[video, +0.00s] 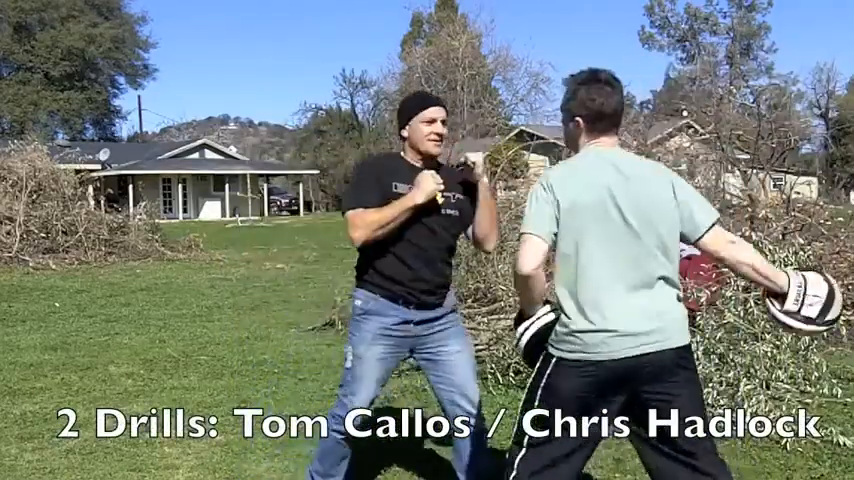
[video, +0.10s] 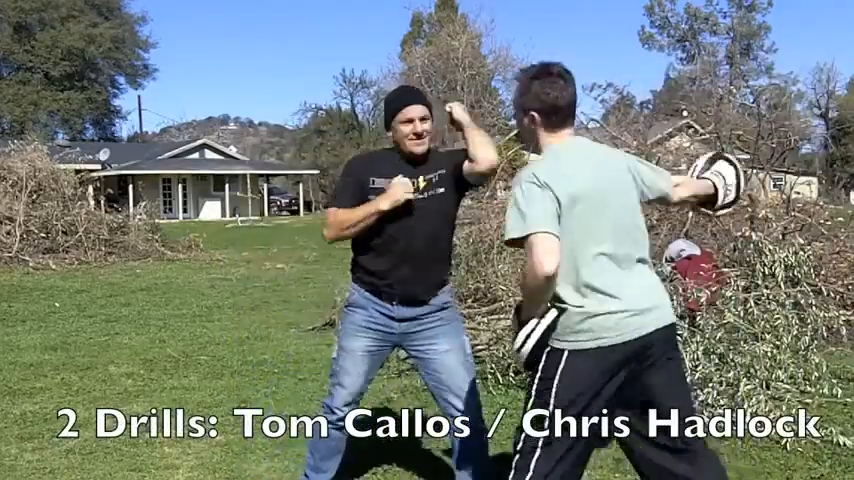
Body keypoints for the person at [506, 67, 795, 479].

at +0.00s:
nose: (564, 130)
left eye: (565, 121)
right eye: (565, 120)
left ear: (576, 123)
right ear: (620, 121)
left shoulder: (554, 182)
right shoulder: (661, 177)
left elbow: (527, 266)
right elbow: (723, 246)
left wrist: (533, 314)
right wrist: (788, 288)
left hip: (581, 355)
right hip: (665, 350)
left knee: (540, 466)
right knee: (697, 465)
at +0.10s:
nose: (517, 125)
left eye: (518, 116)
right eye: (516, 115)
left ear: (532, 120)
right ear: (573, 110)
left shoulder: (536, 175)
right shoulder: (616, 159)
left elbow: (544, 264)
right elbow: (675, 188)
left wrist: (527, 311)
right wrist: (714, 185)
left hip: (586, 338)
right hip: (654, 324)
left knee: (542, 463)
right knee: (681, 450)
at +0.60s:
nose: (578, 114)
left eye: (580, 104)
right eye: (579, 105)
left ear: (596, 107)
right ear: (634, 101)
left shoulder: (593, 169)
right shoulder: (669, 157)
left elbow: (572, 270)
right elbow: (673, 239)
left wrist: (560, 308)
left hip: (616, 343)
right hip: (688, 329)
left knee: (572, 465)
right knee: (703, 458)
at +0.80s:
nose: (597, 106)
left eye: (600, 97)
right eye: (598, 96)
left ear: (618, 102)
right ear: (656, 98)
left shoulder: (618, 164)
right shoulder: (681, 152)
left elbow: (596, 270)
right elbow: (670, 241)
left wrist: (571, 314)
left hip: (631, 345)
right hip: (698, 332)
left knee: (591, 466)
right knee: (706, 461)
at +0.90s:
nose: (601, 104)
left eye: (603, 95)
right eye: (601, 95)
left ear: (622, 101)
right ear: (661, 96)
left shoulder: (618, 165)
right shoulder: (684, 153)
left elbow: (592, 271)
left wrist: (567, 313)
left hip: (627, 346)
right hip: (697, 332)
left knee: (586, 467)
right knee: (706, 461)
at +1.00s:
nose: (606, 112)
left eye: (608, 101)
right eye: (606, 101)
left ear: (625, 103)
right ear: (666, 96)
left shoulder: (603, 167)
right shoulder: (702, 162)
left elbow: (571, 270)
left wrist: (555, 307)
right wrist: (684, 136)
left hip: (609, 347)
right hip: (689, 338)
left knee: (560, 463)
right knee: (705, 463)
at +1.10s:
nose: (600, 114)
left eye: (600, 105)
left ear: (612, 108)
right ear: (658, 100)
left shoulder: (578, 175)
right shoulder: (698, 173)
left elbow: (530, 266)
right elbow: (777, 216)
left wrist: (534, 311)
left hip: (583, 354)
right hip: (668, 348)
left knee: (546, 463)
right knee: (698, 468)